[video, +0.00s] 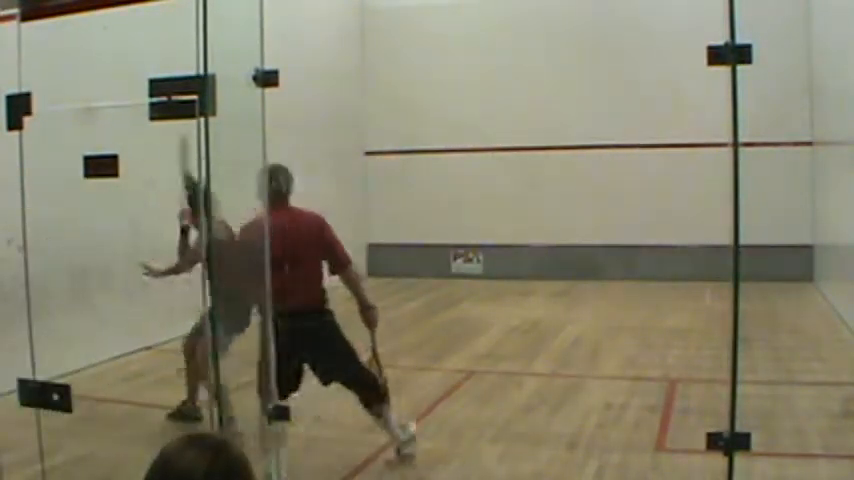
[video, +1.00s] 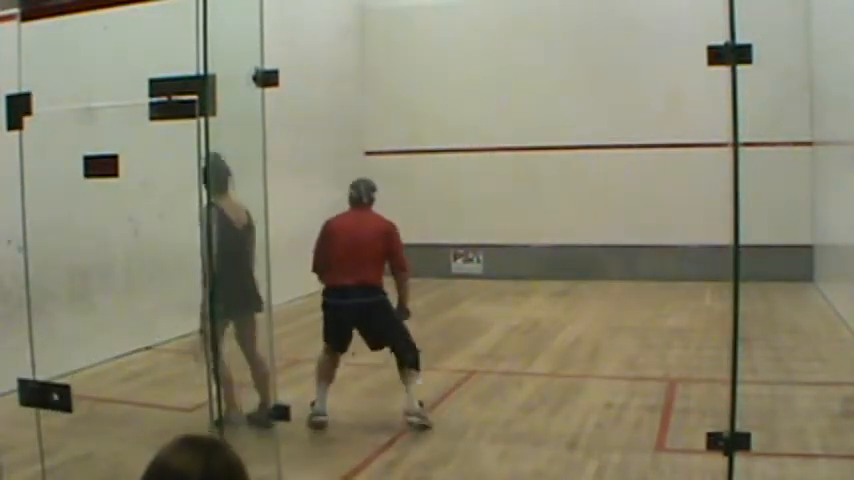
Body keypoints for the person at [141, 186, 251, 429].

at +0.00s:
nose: (188, 212)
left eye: (190, 208)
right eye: (189, 207)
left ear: (196, 208)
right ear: (208, 204)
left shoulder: (213, 232)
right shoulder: (212, 229)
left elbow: (187, 264)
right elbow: (185, 260)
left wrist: (161, 274)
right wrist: (184, 231)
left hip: (232, 308)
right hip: (222, 305)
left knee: (202, 353)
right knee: (190, 346)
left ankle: (225, 413)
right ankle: (191, 404)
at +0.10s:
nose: (179, 223)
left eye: (179, 218)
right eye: (181, 217)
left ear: (181, 218)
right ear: (199, 212)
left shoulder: (198, 237)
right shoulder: (212, 234)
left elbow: (184, 274)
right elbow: (189, 270)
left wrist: (169, 295)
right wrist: (171, 262)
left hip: (219, 313)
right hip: (229, 309)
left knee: (191, 358)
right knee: (186, 347)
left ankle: (217, 411)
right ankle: (190, 403)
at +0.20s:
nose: (176, 213)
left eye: (176, 209)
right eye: (178, 208)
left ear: (179, 211)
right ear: (200, 207)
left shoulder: (185, 235)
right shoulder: (220, 232)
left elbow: (181, 277)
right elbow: (223, 273)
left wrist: (175, 311)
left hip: (207, 309)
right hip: (230, 306)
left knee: (186, 368)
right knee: (195, 354)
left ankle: (220, 417)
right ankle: (190, 403)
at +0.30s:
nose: (179, 208)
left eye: (179, 204)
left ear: (179, 208)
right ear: (201, 204)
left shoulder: (182, 235)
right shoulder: (220, 231)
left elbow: (179, 276)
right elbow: (240, 268)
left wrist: (172, 314)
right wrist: (257, 296)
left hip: (203, 307)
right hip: (226, 304)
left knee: (187, 364)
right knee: (198, 354)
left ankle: (224, 411)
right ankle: (191, 403)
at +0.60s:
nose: (197, 191)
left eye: (196, 186)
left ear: (198, 188)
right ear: (222, 185)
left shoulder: (195, 221)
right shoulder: (238, 219)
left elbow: (189, 265)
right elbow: (253, 260)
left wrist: (184, 299)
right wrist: (261, 292)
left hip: (213, 297)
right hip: (240, 294)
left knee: (219, 355)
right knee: (221, 352)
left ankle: (234, 417)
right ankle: (222, 402)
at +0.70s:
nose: (209, 187)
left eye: (205, 182)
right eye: (216, 181)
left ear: (202, 184)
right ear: (225, 182)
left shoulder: (199, 217)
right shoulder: (242, 216)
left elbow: (195, 260)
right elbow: (254, 259)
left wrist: (192, 294)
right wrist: (258, 291)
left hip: (220, 297)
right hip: (246, 294)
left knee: (225, 355)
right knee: (234, 350)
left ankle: (238, 417)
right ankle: (248, 408)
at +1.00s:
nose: (205, 185)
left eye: (205, 180)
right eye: (208, 179)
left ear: (206, 182)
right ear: (228, 178)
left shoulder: (212, 215)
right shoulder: (244, 213)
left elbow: (210, 262)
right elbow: (249, 258)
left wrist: (205, 301)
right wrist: (246, 284)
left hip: (221, 294)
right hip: (246, 290)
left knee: (213, 352)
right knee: (251, 349)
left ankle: (232, 407)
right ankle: (266, 404)